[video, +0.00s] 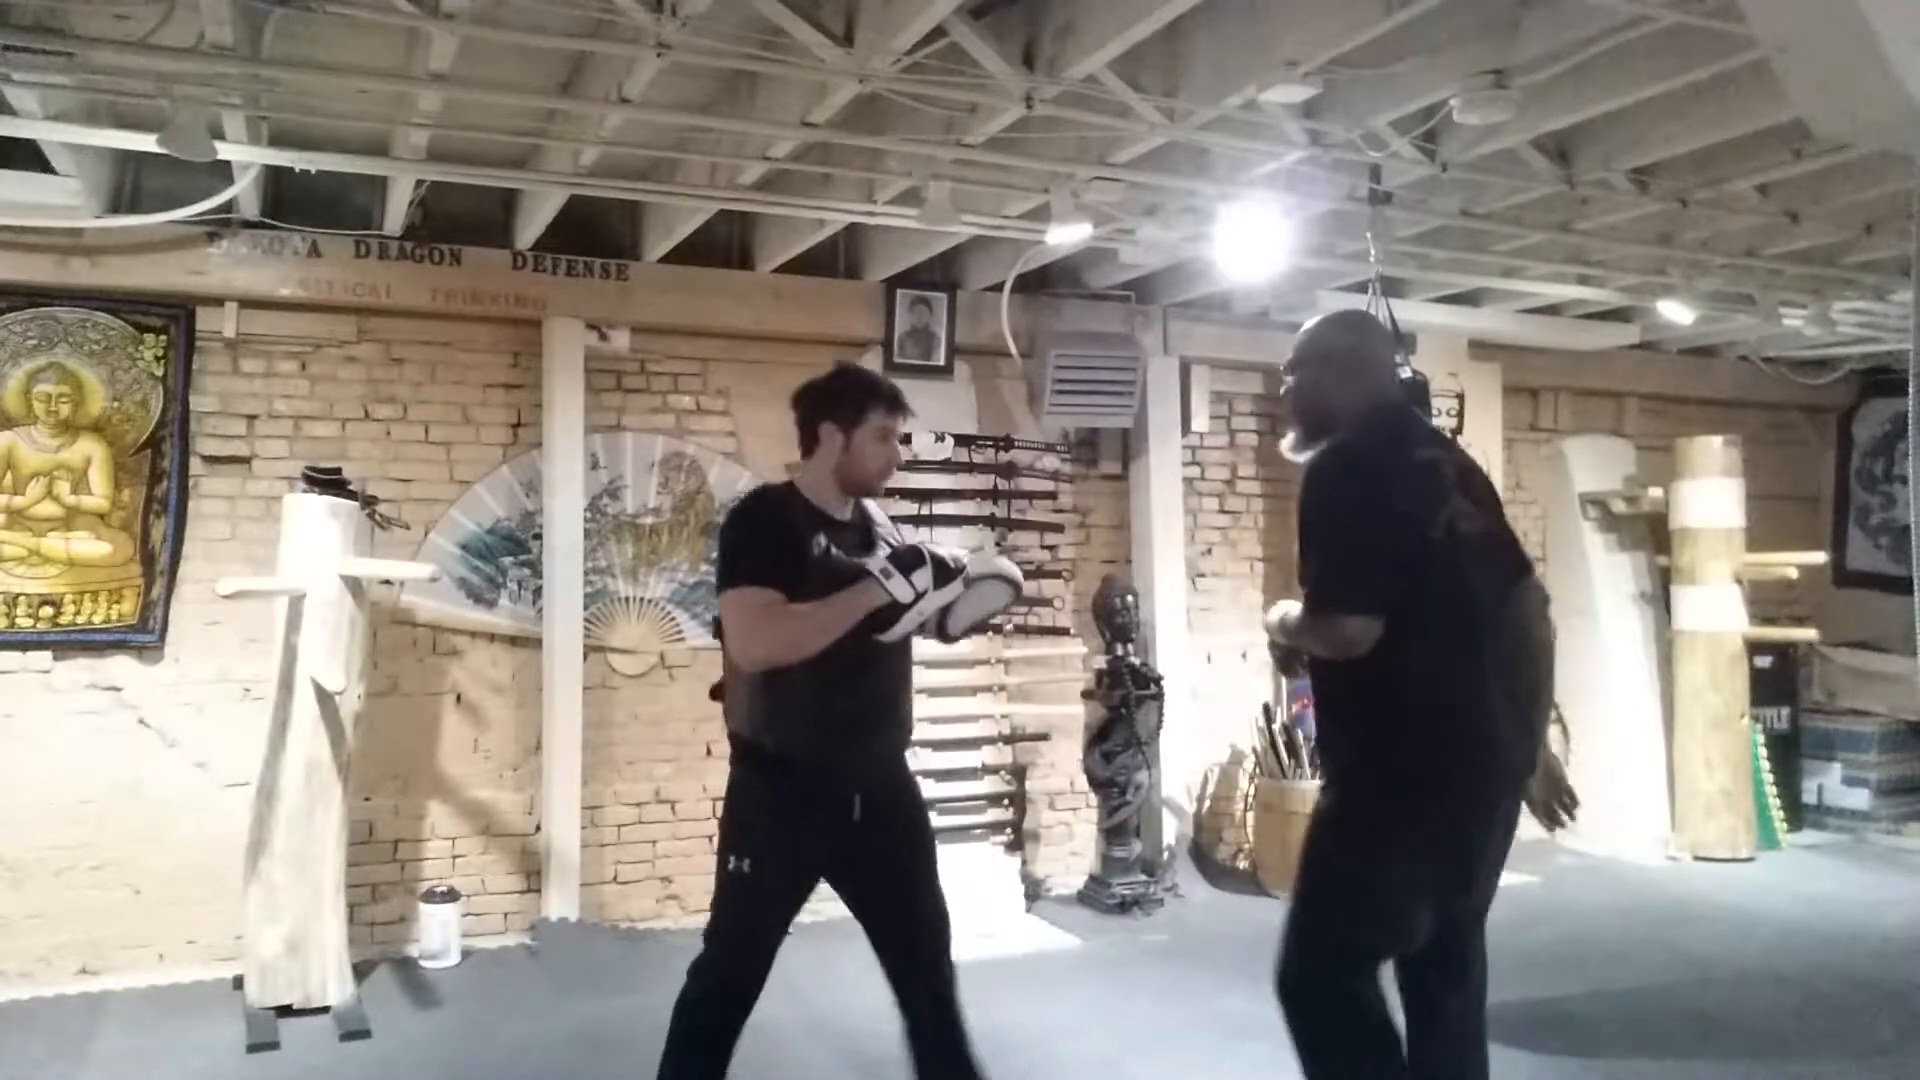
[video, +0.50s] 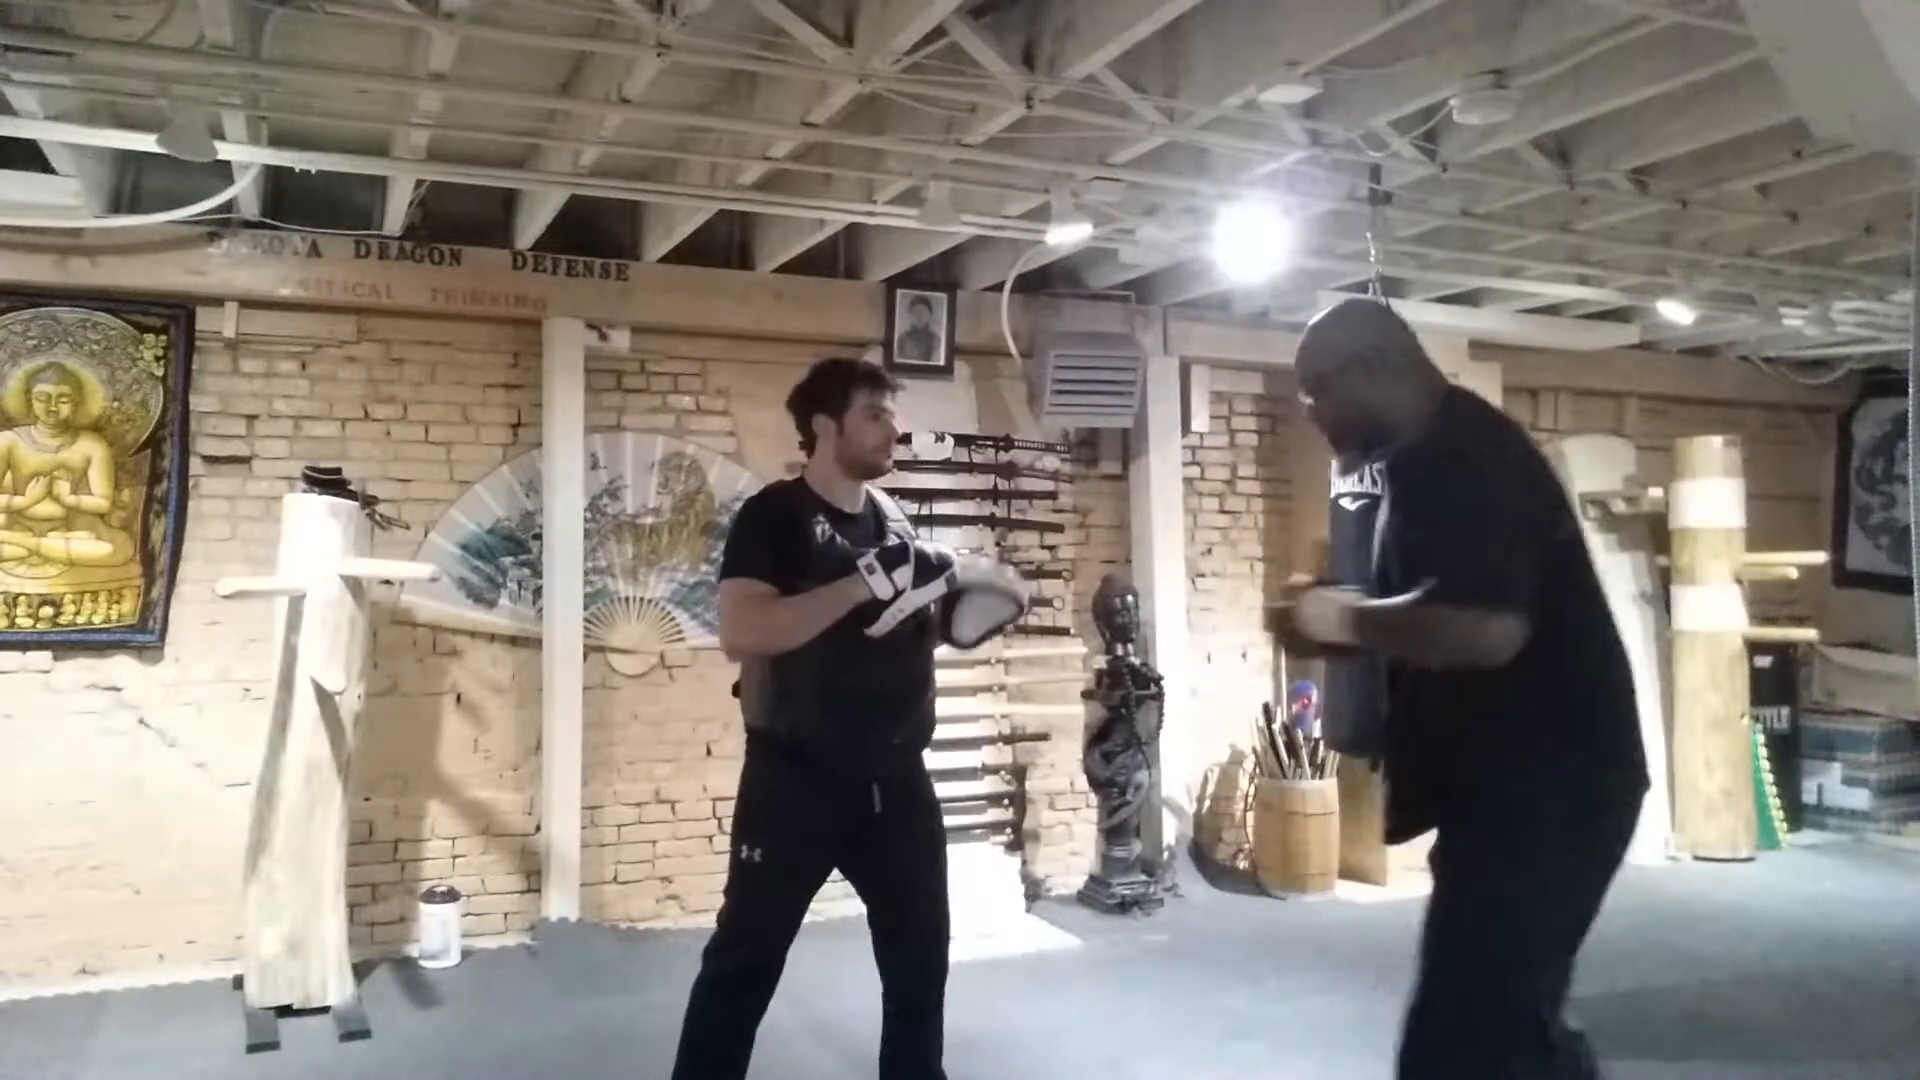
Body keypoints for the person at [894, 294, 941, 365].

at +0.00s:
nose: (919, 316)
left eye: (923, 312)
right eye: (915, 312)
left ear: (930, 315)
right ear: (909, 314)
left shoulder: (935, 339)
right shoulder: (902, 338)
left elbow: (935, 362)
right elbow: (898, 360)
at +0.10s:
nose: (919, 316)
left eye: (923, 312)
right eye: (916, 312)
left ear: (930, 315)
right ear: (909, 315)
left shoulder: (935, 340)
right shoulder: (902, 339)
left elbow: (935, 363)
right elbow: (898, 360)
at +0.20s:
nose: (919, 316)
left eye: (923, 312)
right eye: (916, 312)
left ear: (930, 315)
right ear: (909, 314)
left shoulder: (934, 339)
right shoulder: (902, 339)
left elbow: (935, 362)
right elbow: (897, 360)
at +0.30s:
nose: (919, 316)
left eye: (923, 312)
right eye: (916, 312)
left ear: (930, 316)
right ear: (909, 314)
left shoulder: (935, 340)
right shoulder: (902, 339)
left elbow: (935, 363)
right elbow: (898, 360)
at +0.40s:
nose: (919, 316)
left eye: (923, 312)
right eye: (916, 312)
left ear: (930, 316)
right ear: (909, 315)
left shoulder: (935, 340)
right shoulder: (902, 339)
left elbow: (935, 363)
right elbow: (898, 361)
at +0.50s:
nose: (919, 316)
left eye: (923, 312)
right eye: (916, 312)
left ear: (930, 316)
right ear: (909, 315)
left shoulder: (935, 340)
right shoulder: (902, 339)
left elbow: (935, 363)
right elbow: (898, 361)